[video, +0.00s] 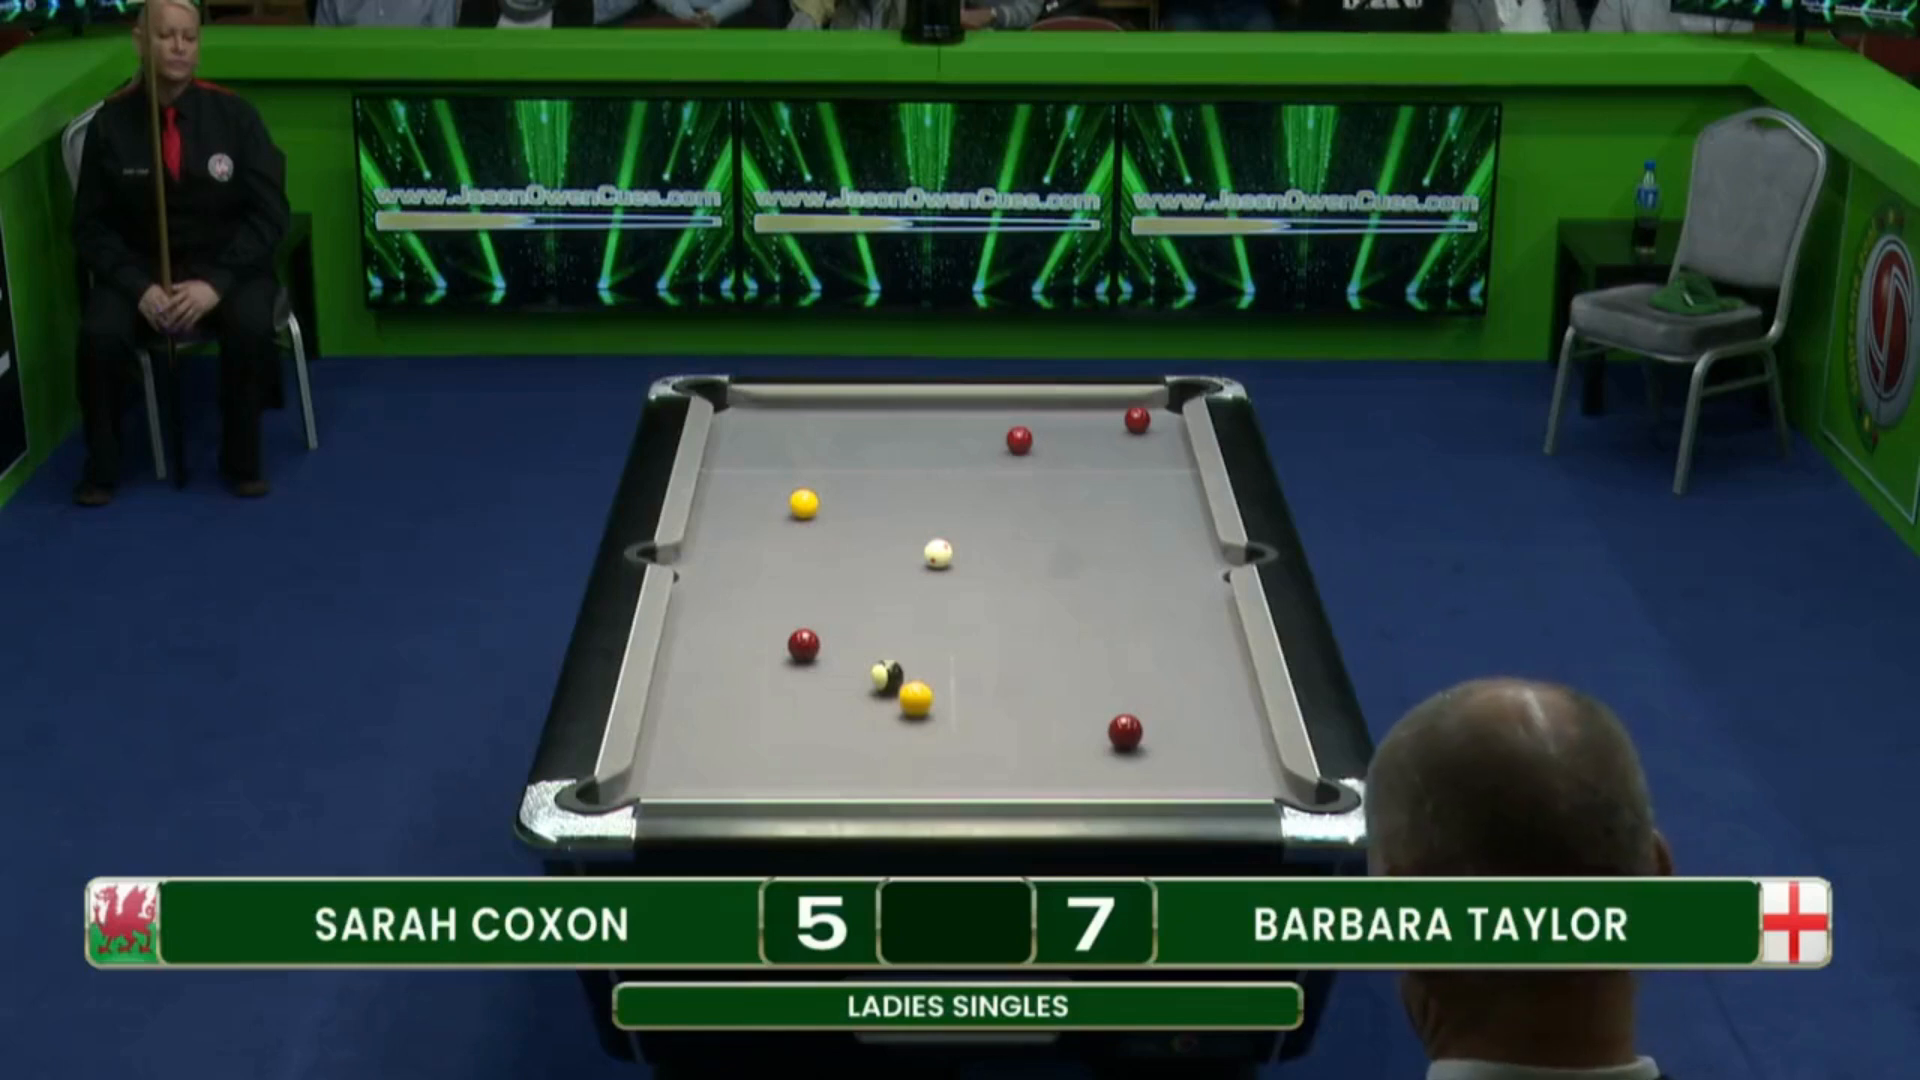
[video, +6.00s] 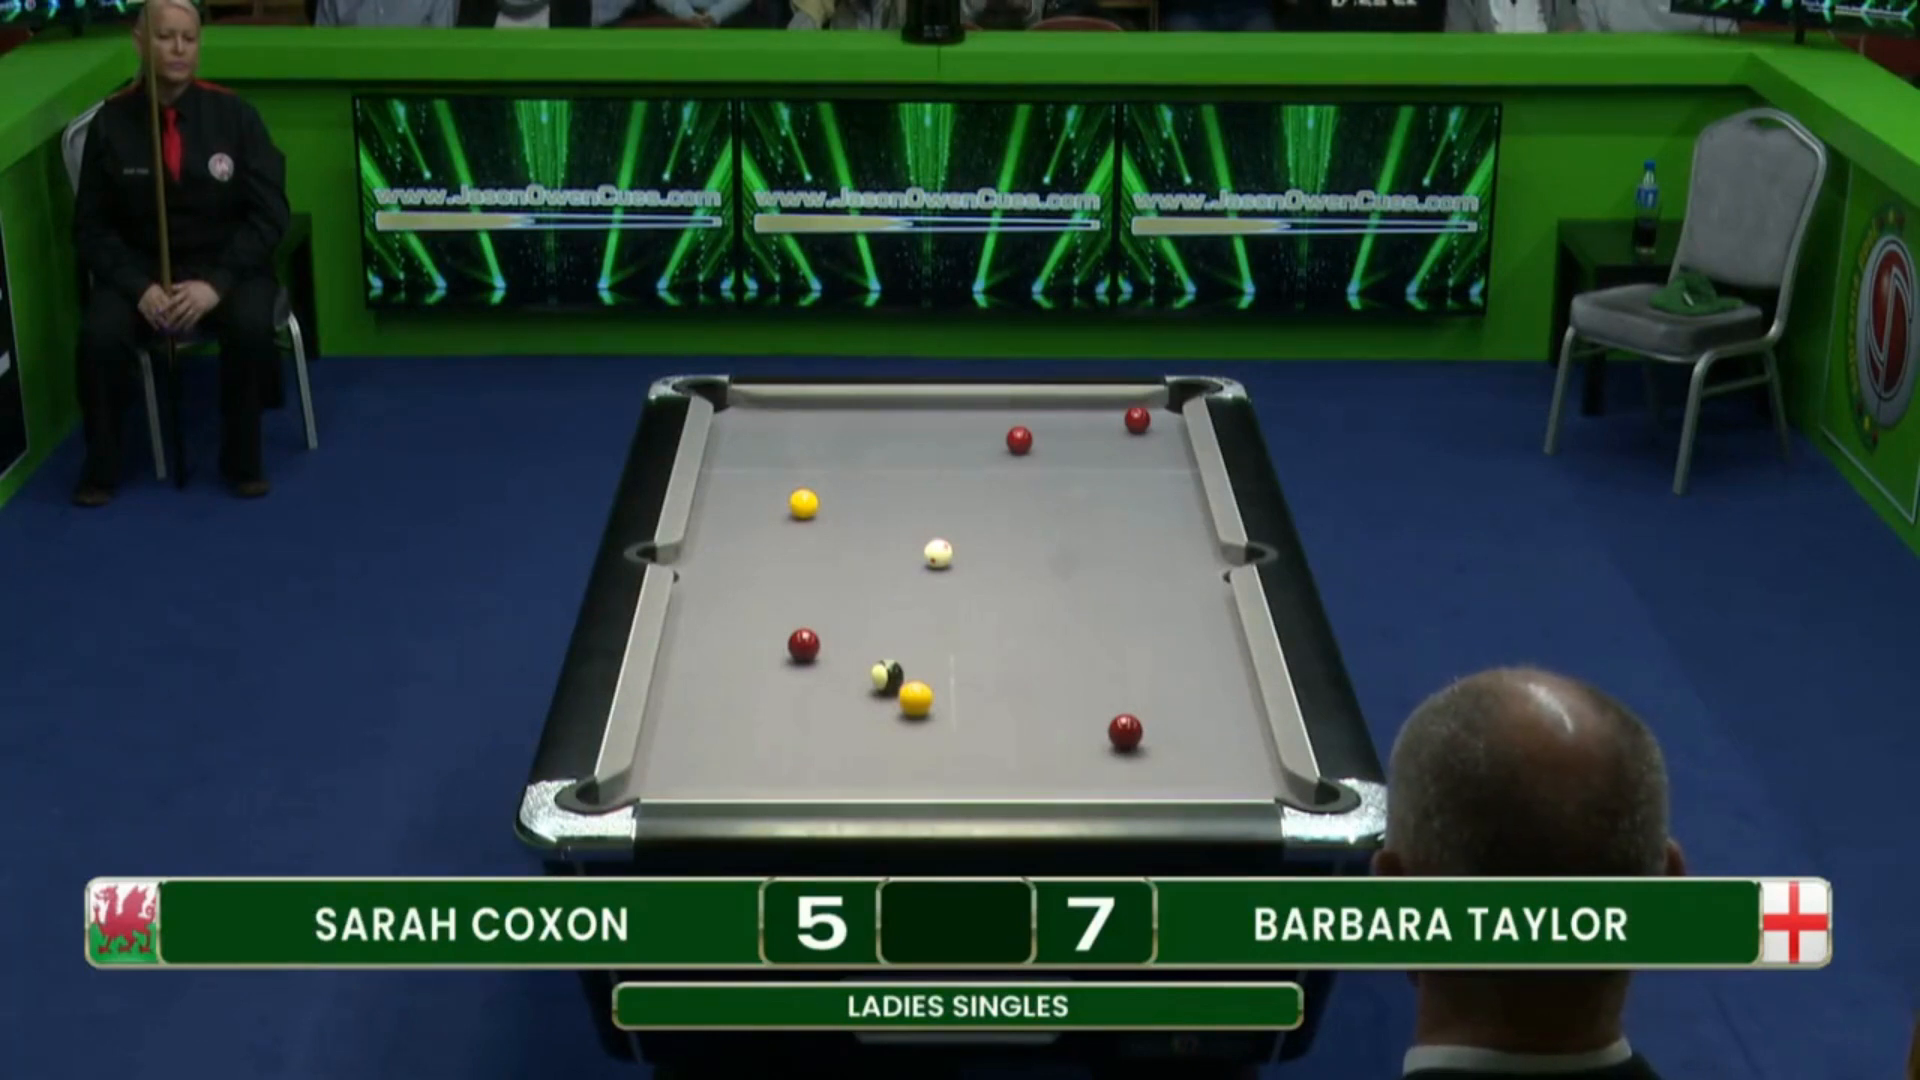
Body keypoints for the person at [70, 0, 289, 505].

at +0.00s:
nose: (180, 48)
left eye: (189, 37)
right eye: (166, 36)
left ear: (199, 44)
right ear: (141, 41)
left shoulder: (235, 115)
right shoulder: (111, 121)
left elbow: (269, 214)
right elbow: (90, 226)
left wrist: (213, 283)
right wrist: (140, 287)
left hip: (221, 267)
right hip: (138, 273)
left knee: (249, 327)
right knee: (102, 334)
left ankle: (243, 462)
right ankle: (102, 468)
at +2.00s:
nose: (178, 49)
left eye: (188, 38)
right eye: (165, 37)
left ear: (199, 44)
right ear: (141, 41)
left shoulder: (235, 115)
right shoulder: (111, 122)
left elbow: (269, 214)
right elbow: (90, 226)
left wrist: (213, 283)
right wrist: (140, 287)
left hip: (221, 267)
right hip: (138, 274)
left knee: (249, 329)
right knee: (101, 335)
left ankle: (243, 461)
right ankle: (102, 467)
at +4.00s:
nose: (179, 48)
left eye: (189, 38)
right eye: (165, 37)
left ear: (199, 44)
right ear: (141, 42)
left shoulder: (234, 115)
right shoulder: (111, 121)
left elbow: (269, 214)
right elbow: (90, 226)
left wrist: (214, 283)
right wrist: (140, 287)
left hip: (221, 267)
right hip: (138, 273)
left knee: (249, 329)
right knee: (100, 335)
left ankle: (244, 462)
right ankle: (101, 467)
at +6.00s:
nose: (179, 49)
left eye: (189, 38)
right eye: (165, 37)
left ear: (199, 44)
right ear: (140, 41)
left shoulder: (234, 115)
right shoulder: (111, 121)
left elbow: (269, 215)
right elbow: (91, 226)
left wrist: (214, 284)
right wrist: (140, 287)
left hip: (221, 268)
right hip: (139, 274)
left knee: (248, 328)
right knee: (101, 336)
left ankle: (243, 463)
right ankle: (101, 469)